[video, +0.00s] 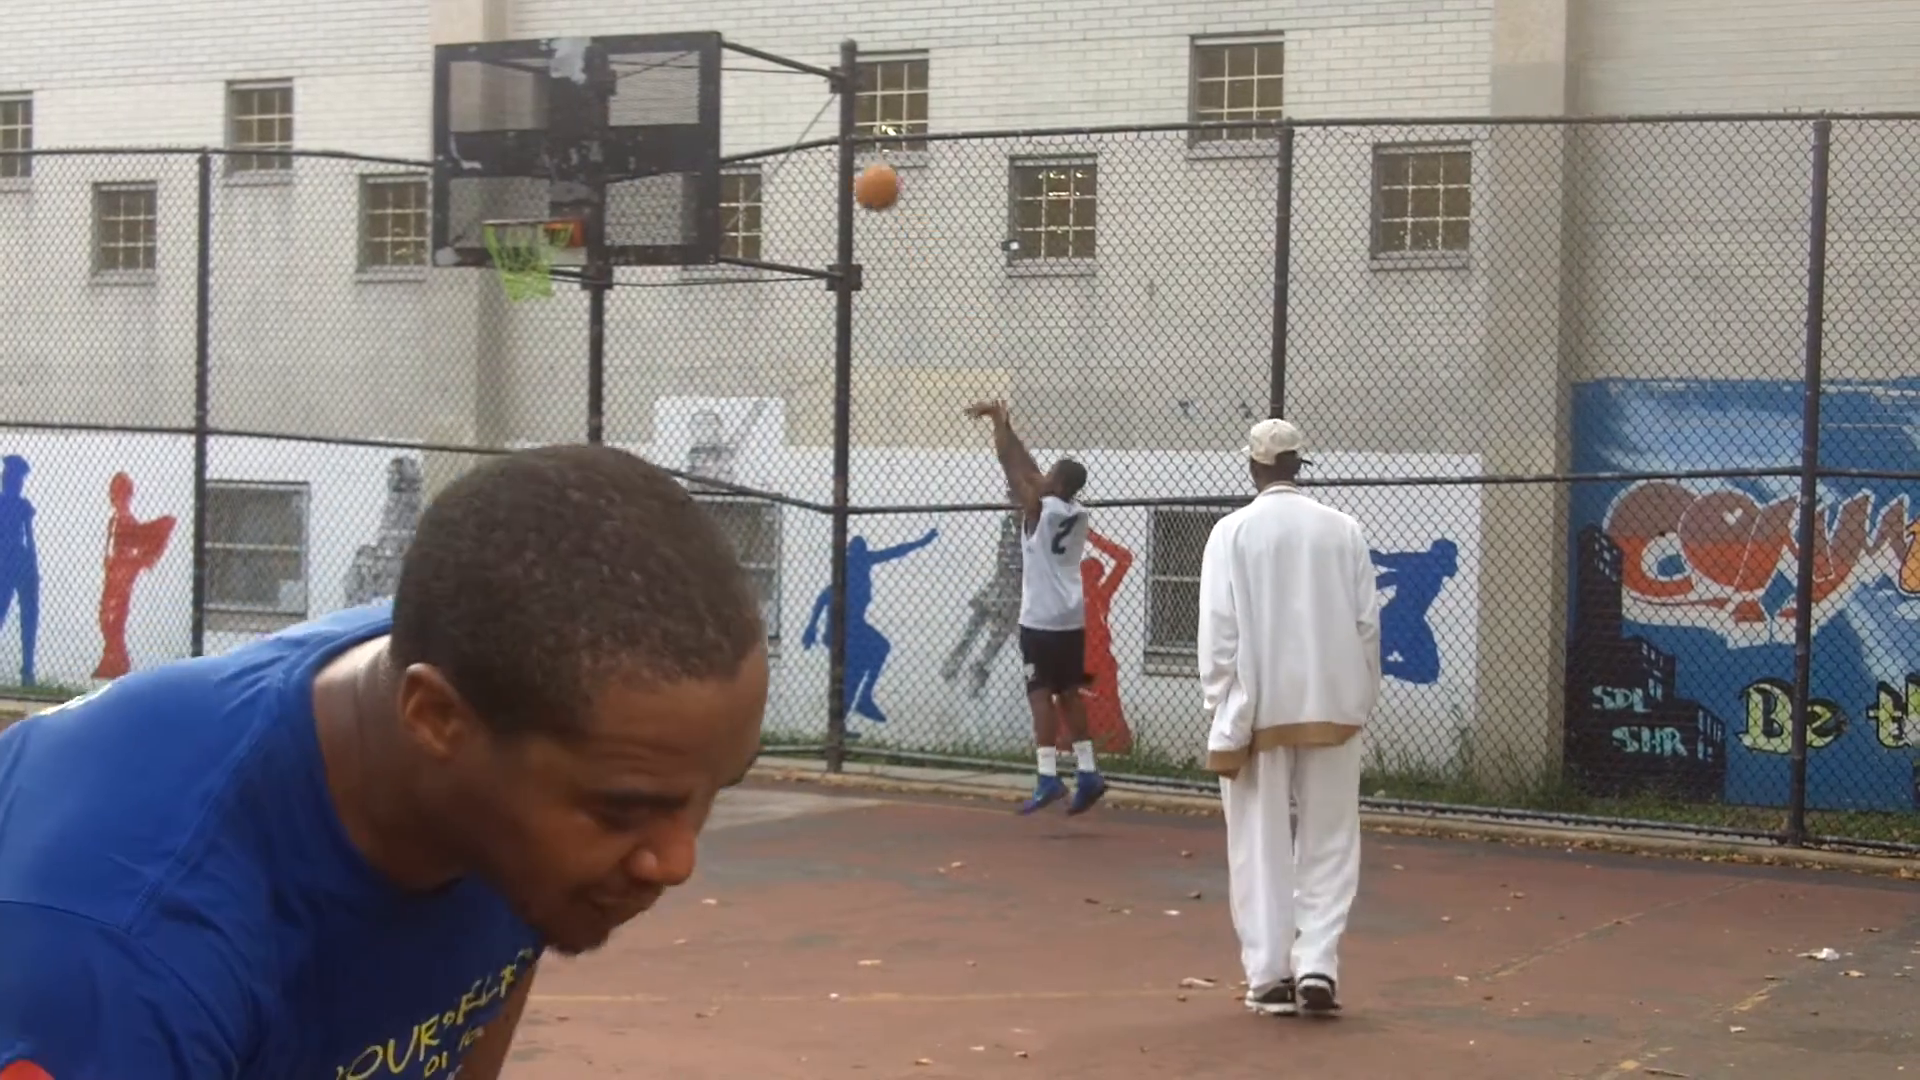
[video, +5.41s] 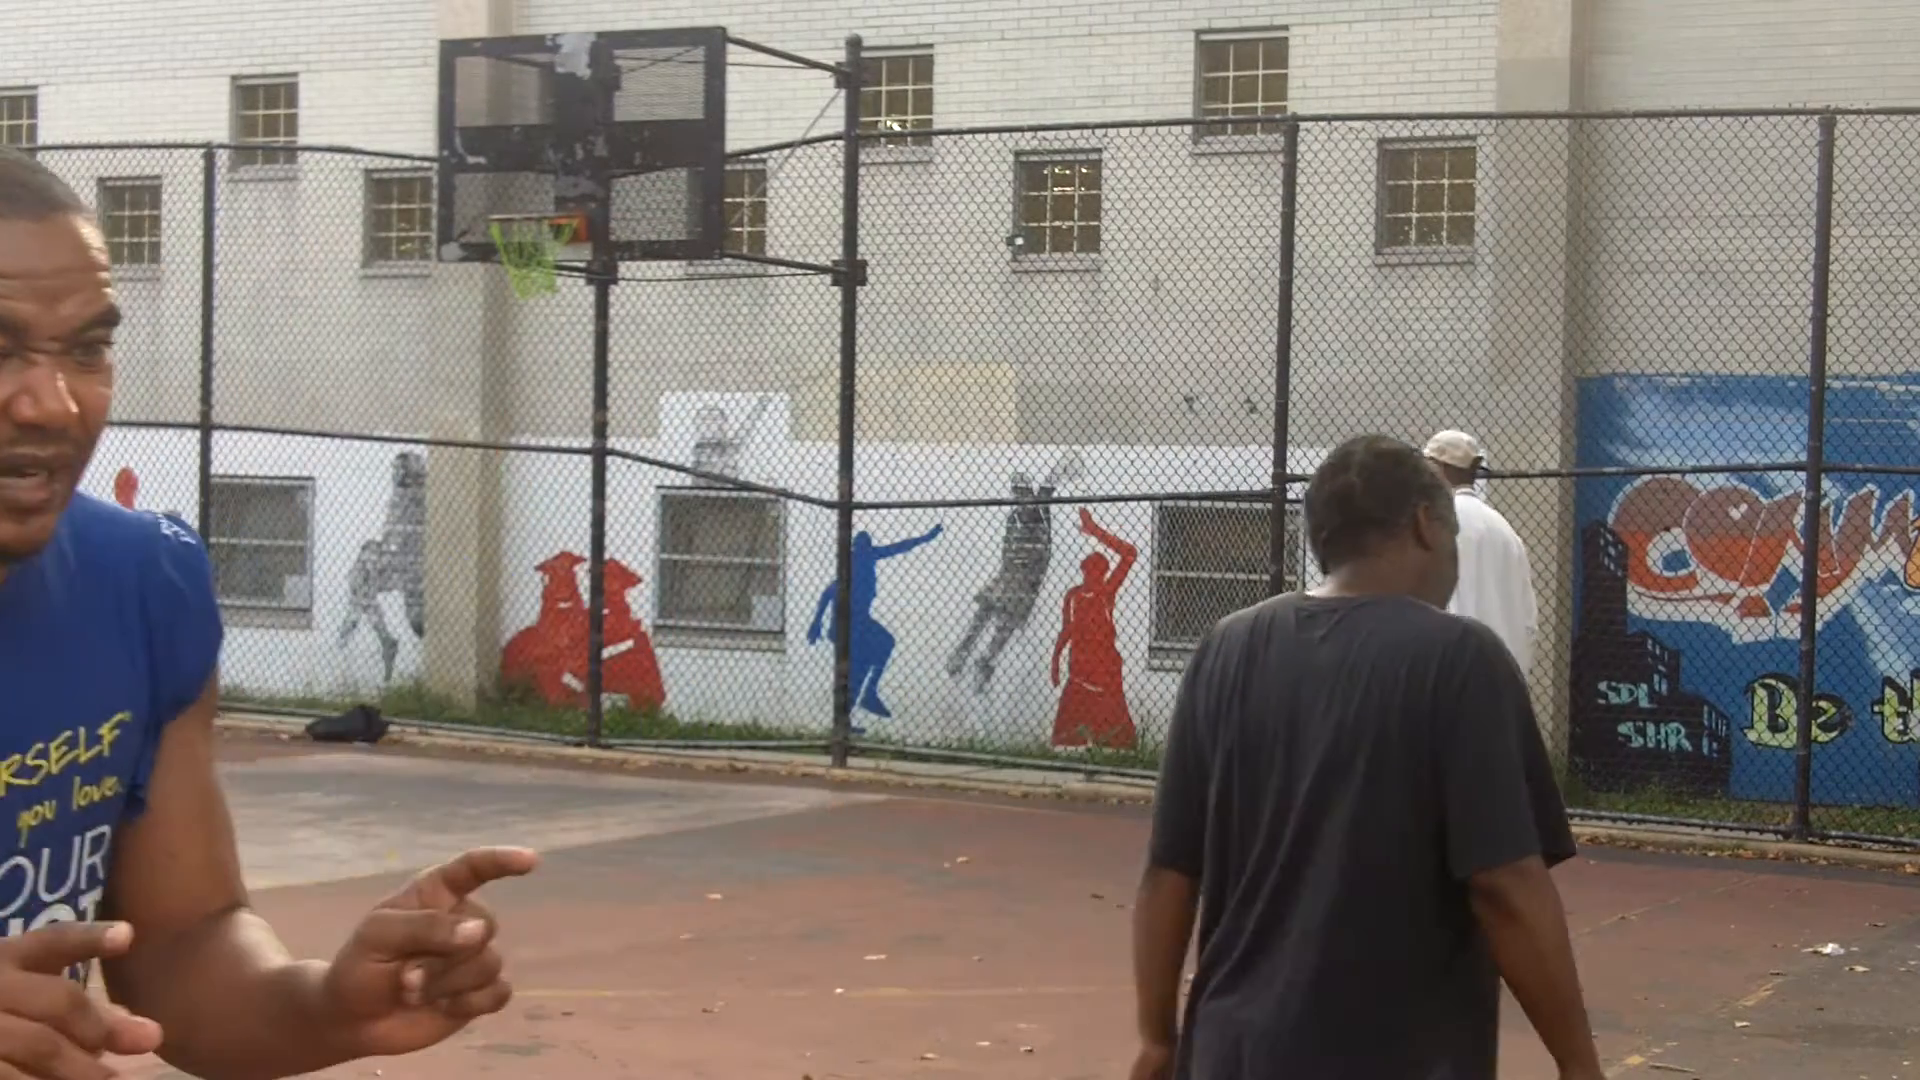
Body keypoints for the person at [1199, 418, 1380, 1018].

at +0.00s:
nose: (1258, 474)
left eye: (1253, 466)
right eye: (1276, 464)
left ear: (1253, 470)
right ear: (1300, 466)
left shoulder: (1230, 532)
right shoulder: (1342, 527)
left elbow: (1218, 635)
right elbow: (1368, 623)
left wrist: (1224, 714)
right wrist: (1362, 700)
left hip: (1258, 708)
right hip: (1333, 705)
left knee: (1258, 842)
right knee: (1330, 839)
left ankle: (1269, 976)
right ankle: (1317, 965)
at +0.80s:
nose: (1346, 472)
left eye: (1332, 461)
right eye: (1362, 467)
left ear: (1323, 465)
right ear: (1370, 471)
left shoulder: (1278, 517)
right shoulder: (1388, 539)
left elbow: (1241, 613)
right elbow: (1393, 638)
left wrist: (1233, 693)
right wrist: (1382, 710)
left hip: (1268, 694)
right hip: (1344, 703)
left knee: (1253, 822)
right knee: (1334, 836)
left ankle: (1260, 934)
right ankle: (1320, 974)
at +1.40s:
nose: (1388, 474)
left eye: (1371, 463)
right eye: (1396, 468)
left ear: (1354, 466)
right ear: (1400, 472)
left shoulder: (1307, 519)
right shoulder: (1404, 538)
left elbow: (1269, 617)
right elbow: (1403, 634)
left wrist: (1274, 688)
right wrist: (1407, 702)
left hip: (1298, 696)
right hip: (1364, 703)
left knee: (1308, 826)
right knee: (1345, 832)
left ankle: (1326, 940)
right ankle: (1321, 967)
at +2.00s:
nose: (1399, 477)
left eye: (1380, 470)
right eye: (1404, 470)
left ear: (1364, 476)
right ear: (1408, 474)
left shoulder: (1333, 532)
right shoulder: (1434, 530)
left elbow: (1312, 629)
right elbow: (1447, 623)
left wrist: (1316, 703)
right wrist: (1461, 692)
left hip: (1349, 695)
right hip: (1417, 694)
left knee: (1354, 822)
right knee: (1424, 826)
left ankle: (1358, 950)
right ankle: (1382, 930)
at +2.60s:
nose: (1482, 482)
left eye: (1465, 470)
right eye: (1493, 476)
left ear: (1451, 472)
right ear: (1497, 479)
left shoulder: (1405, 520)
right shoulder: (1509, 542)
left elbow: (1367, 612)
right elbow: (1512, 634)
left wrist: (1361, 685)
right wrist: (1501, 698)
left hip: (1392, 688)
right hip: (1466, 696)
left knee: (1373, 818)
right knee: (1461, 827)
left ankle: (1365, 938)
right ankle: (1460, 960)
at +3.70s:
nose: (1406, 476)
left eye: (1411, 468)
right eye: (1408, 467)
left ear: (1430, 470)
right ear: (1456, 472)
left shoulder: (1410, 524)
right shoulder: (1498, 533)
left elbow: (1396, 618)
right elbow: (1522, 623)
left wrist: (1380, 693)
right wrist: (1504, 692)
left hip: (1422, 697)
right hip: (1483, 699)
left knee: (1417, 825)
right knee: (1477, 822)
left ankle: (1431, 956)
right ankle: (1474, 956)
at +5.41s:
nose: (1423, 476)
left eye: (1427, 467)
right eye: (1424, 467)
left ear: (1437, 469)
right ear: (1473, 473)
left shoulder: (1427, 522)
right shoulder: (1504, 529)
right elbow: (1527, 617)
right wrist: (1514, 676)